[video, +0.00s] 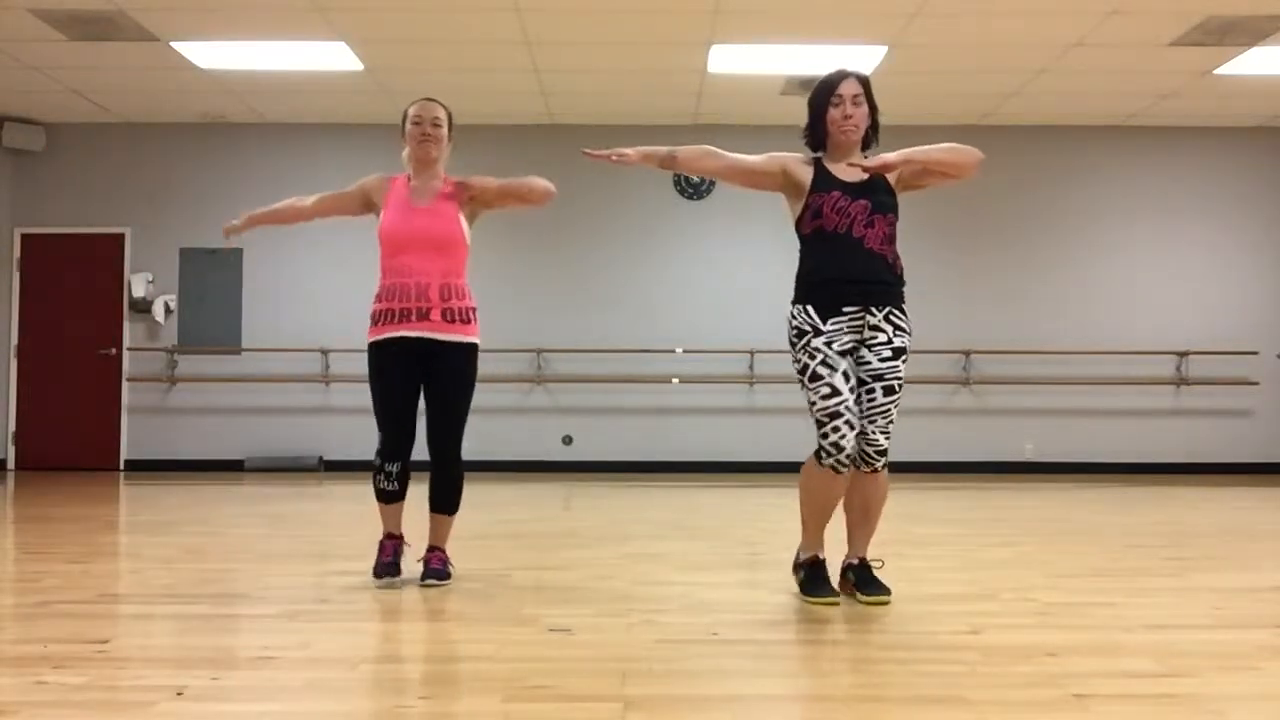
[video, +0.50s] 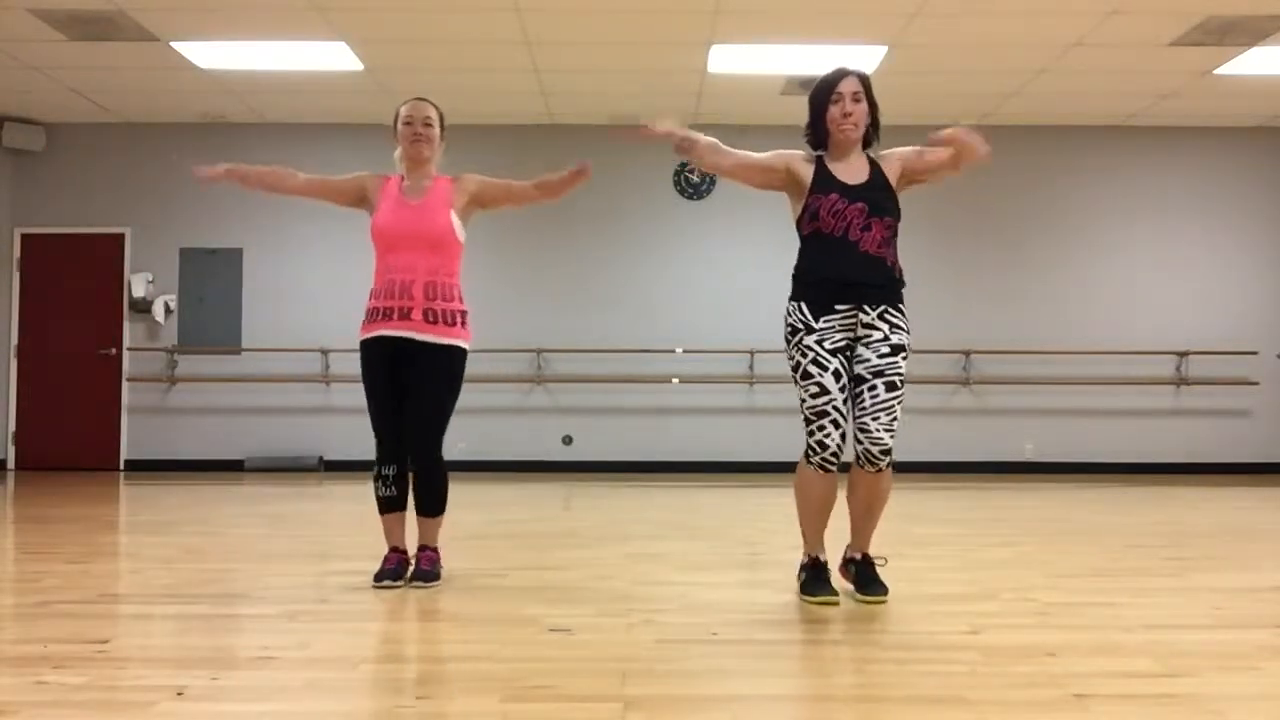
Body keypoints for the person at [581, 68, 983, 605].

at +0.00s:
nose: (848, 111)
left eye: (857, 102)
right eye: (838, 103)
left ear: (871, 114)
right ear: (819, 114)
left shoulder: (891, 174)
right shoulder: (798, 171)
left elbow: (972, 159)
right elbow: (721, 162)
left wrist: (902, 160)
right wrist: (647, 156)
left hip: (884, 319)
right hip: (820, 320)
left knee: (874, 444)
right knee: (839, 440)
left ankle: (858, 563)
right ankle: (811, 557)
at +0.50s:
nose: (847, 108)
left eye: (856, 99)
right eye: (837, 100)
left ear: (871, 111)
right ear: (820, 112)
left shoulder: (893, 164)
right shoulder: (798, 166)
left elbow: (964, 158)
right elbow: (730, 160)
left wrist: (962, 139)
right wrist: (684, 139)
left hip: (882, 317)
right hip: (817, 317)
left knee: (876, 441)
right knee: (827, 438)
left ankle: (859, 556)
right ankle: (813, 560)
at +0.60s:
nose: (843, 105)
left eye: (853, 96)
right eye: (833, 97)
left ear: (867, 108)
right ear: (817, 110)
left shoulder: (890, 159)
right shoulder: (795, 164)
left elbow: (966, 143)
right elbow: (724, 161)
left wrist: (1020, 117)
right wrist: (723, 133)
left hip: (882, 312)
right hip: (817, 313)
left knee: (875, 438)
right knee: (827, 434)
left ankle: (859, 556)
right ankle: (818, 551)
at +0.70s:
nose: (840, 104)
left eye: (849, 96)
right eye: (830, 96)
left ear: (864, 108)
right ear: (813, 109)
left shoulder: (888, 158)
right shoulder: (793, 167)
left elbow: (975, 138)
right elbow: (719, 157)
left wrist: (1058, 120)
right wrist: (768, 136)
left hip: (881, 312)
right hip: (816, 313)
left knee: (873, 437)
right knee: (829, 428)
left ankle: (859, 557)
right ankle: (821, 535)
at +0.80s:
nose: (839, 107)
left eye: (848, 98)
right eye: (829, 99)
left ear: (863, 110)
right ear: (811, 111)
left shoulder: (886, 161)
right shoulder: (792, 170)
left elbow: (975, 146)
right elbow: (716, 158)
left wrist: (1054, 137)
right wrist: (782, 145)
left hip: (878, 315)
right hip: (813, 316)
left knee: (869, 438)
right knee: (830, 434)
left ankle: (857, 559)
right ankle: (819, 558)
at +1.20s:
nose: (837, 104)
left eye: (847, 95)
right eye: (827, 95)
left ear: (862, 107)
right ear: (810, 107)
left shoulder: (882, 160)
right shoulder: (788, 165)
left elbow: (960, 156)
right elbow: (715, 154)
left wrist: (1040, 157)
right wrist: (789, 149)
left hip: (871, 311)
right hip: (805, 312)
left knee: (869, 436)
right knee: (818, 435)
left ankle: (864, 539)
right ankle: (820, 561)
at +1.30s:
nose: (839, 108)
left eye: (848, 99)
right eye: (829, 99)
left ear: (863, 110)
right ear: (812, 111)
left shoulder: (886, 163)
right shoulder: (790, 169)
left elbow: (963, 157)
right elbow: (716, 159)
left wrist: (1038, 155)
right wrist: (792, 153)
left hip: (873, 316)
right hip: (807, 316)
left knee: (866, 442)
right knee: (820, 439)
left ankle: (859, 557)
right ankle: (820, 562)